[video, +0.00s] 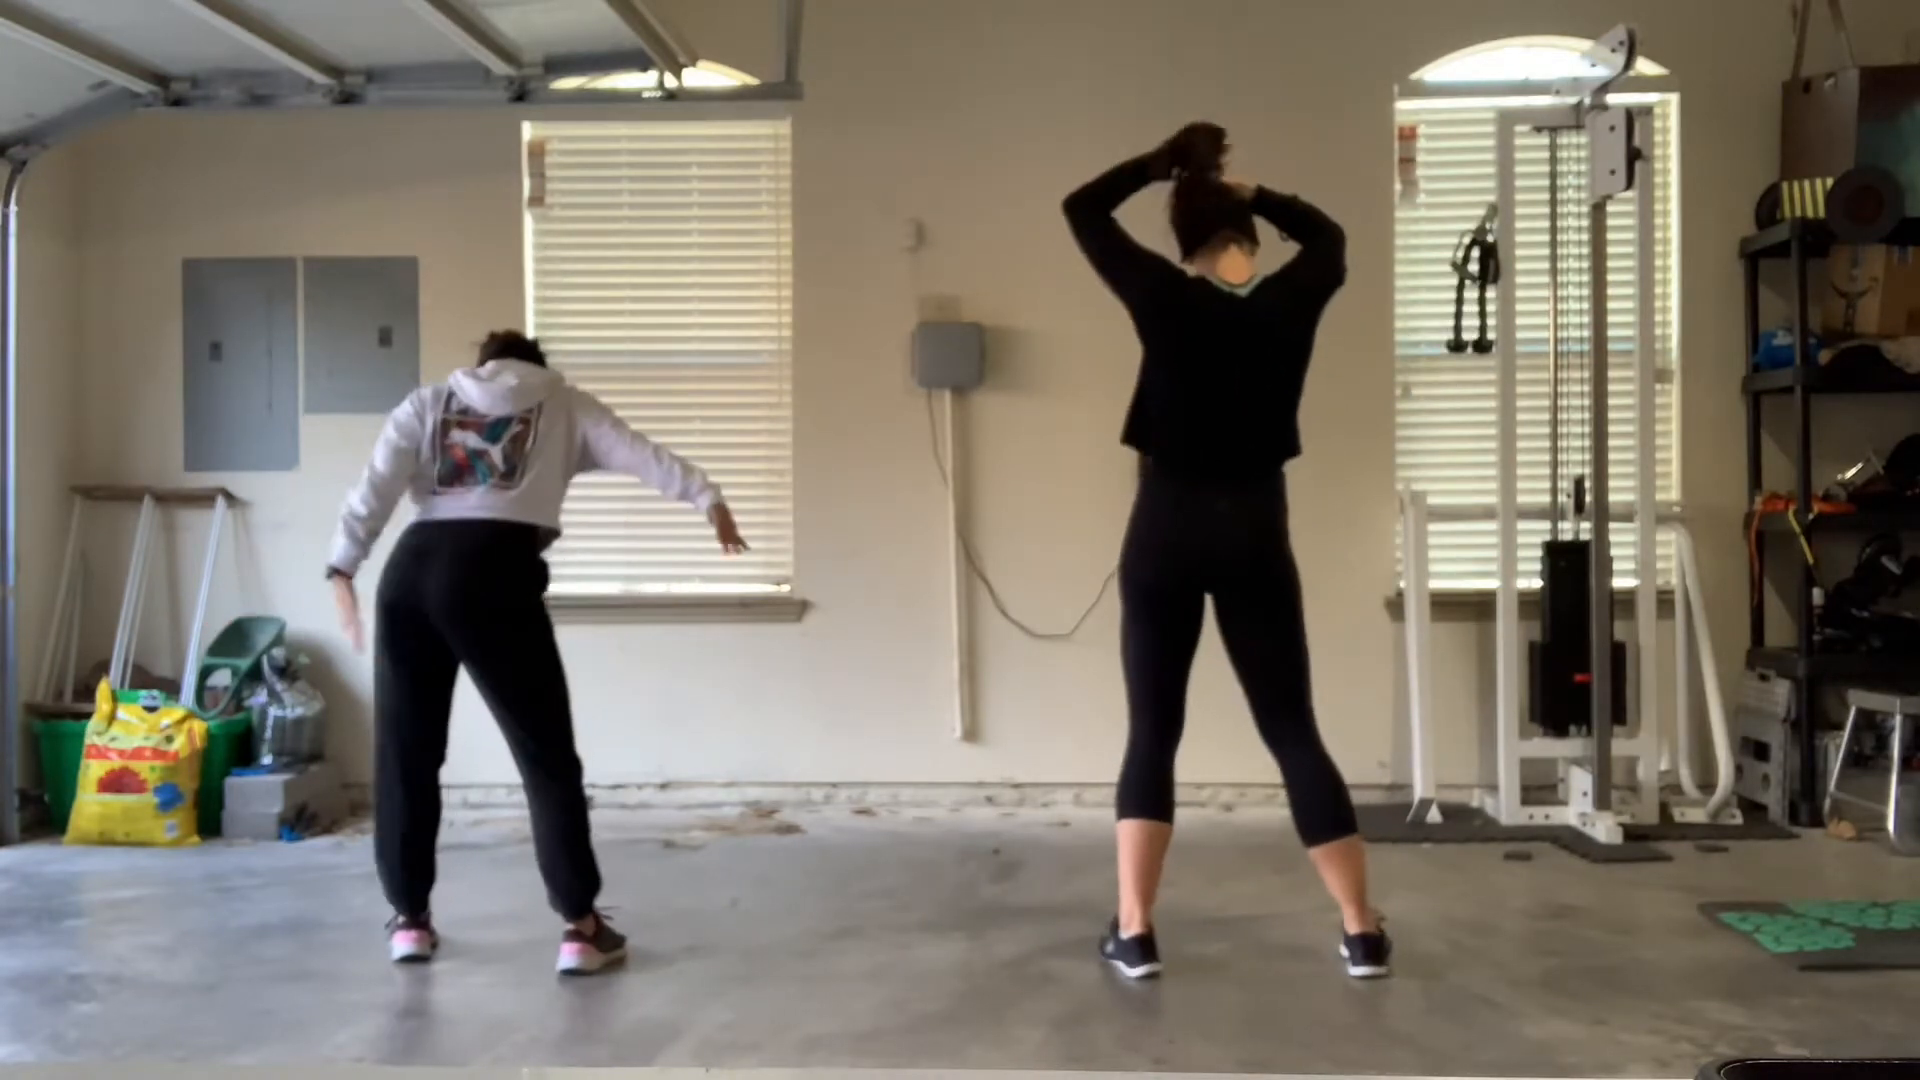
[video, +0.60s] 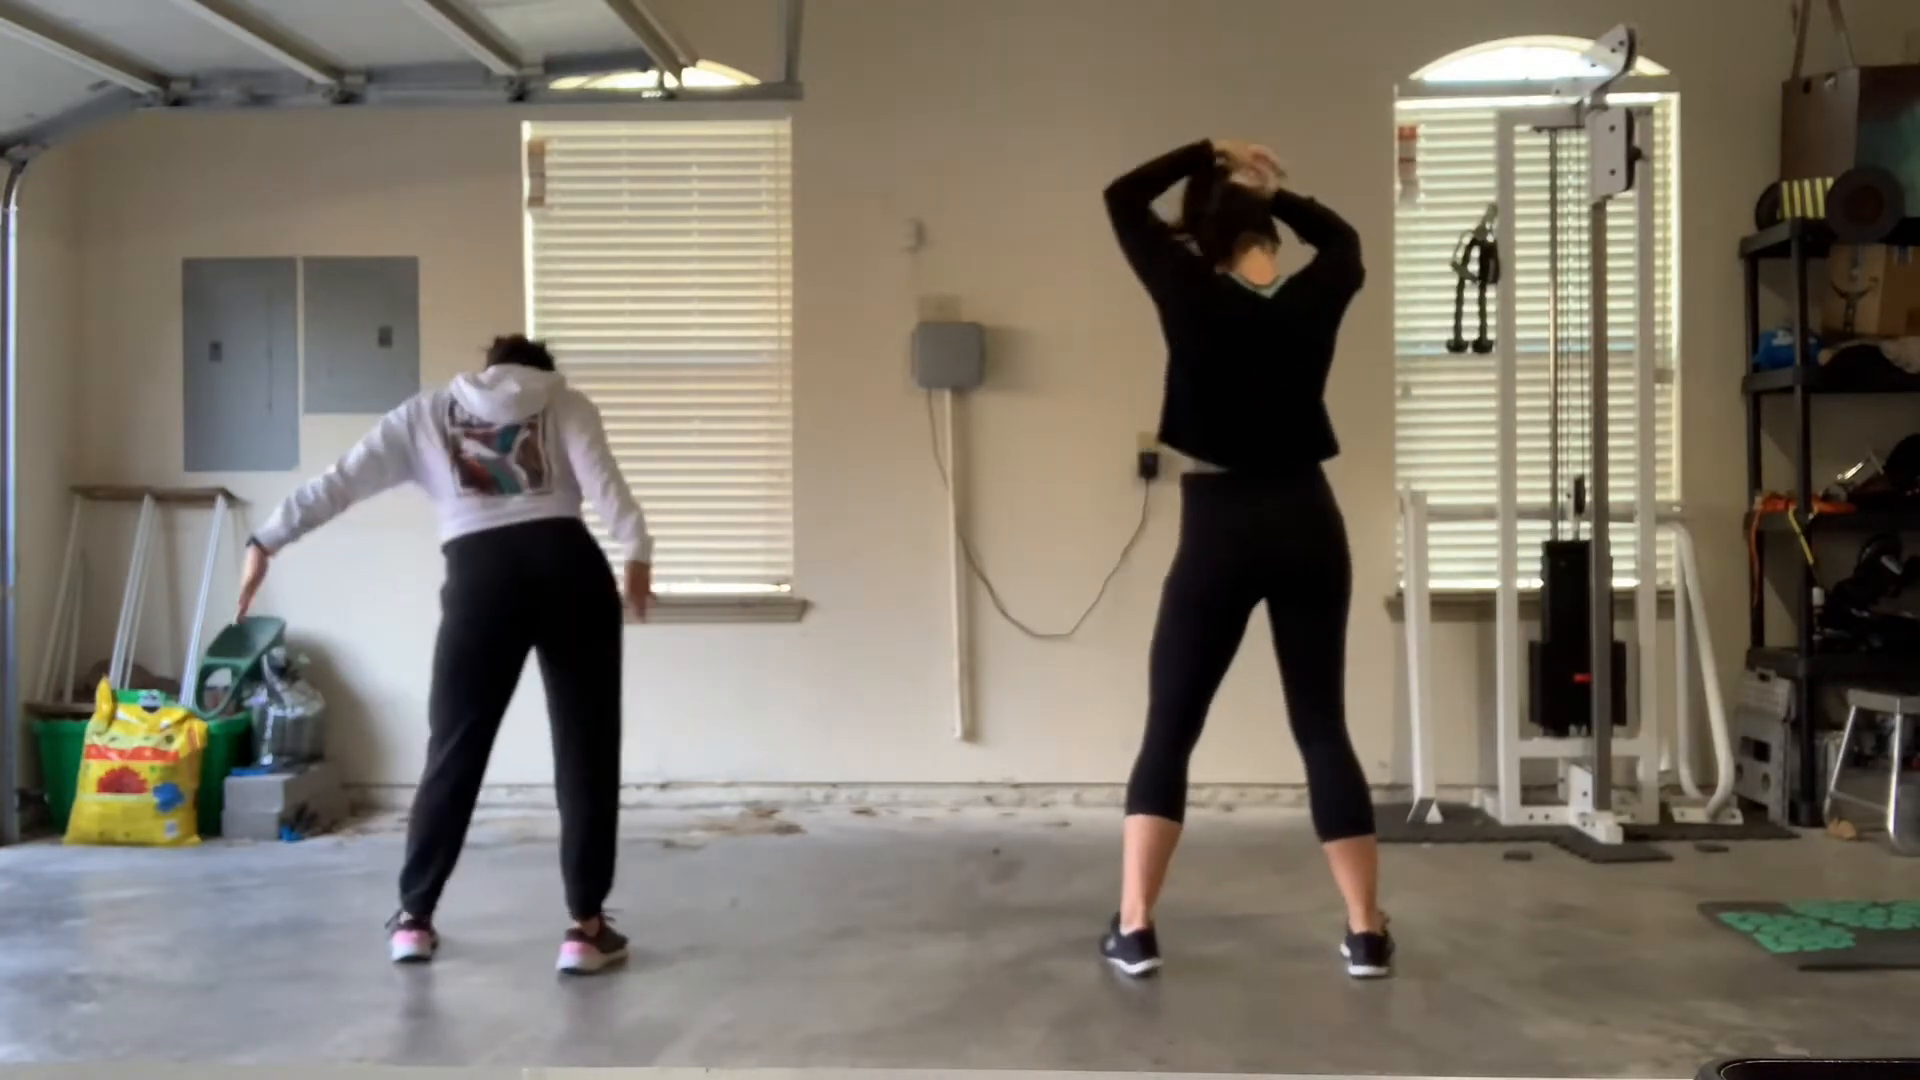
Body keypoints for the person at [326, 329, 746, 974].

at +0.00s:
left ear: (479, 365)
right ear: (541, 368)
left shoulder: (429, 401)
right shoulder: (564, 401)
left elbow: (381, 477)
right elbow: (632, 450)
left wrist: (342, 562)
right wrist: (711, 498)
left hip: (413, 577)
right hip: (498, 577)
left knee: (406, 757)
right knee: (548, 758)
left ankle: (409, 921)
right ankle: (581, 926)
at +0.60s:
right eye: (553, 376)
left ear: (486, 368)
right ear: (545, 372)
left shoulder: (427, 411)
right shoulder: (564, 401)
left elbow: (342, 479)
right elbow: (598, 471)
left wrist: (264, 542)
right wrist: (638, 553)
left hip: (482, 576)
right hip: (571, 567)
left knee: (454, 750)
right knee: (588, 754)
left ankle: (414, 920)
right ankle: (586, 925)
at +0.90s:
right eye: (547, 375)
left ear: (481, 369)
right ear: (542, 372)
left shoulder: (428, 409)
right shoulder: (568, 403)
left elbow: (347, 481)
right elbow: (604, 481)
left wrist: (267, 544)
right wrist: (616, 571)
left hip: (490, 576)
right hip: (579, 568)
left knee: (459, 750)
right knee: (590, 758)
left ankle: (414, 918)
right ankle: (585, 927)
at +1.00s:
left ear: (481, 369)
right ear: (541, 372)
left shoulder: (429, 409)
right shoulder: (567, 403)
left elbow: (347, 481)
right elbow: (604, 481)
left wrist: (268, 546)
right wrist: (621, 571)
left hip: (484, 575)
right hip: (573, 568)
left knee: (455, 751)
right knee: (588, 758)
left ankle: (414, 919)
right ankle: (585, 927)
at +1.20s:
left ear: (481, 365)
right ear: (543, 369)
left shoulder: (433, 399)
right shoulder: (568, 401)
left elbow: (367, 471)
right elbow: (628, 467)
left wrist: (303, 539)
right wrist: (678, 550)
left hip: (442, 571)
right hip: (535, 569)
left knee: (430, 752)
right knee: (564, 752)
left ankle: (411, 920)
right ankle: (583, 926)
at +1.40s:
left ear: (486, 370)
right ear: (548, 374)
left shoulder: (431, 402)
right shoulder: (573, 408)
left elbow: (394, 488)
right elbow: (645, 469)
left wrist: (354, 579)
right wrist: (716, 540)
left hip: (401, 583)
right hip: (485, 585)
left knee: (402, 760)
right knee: (547, 759)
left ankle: (408, 921)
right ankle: (580, 926)